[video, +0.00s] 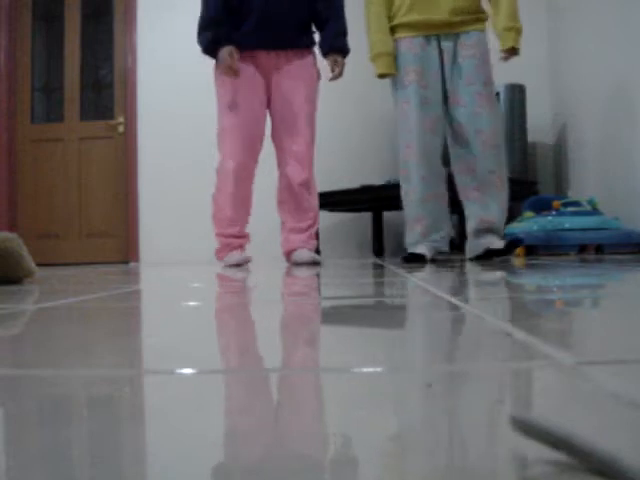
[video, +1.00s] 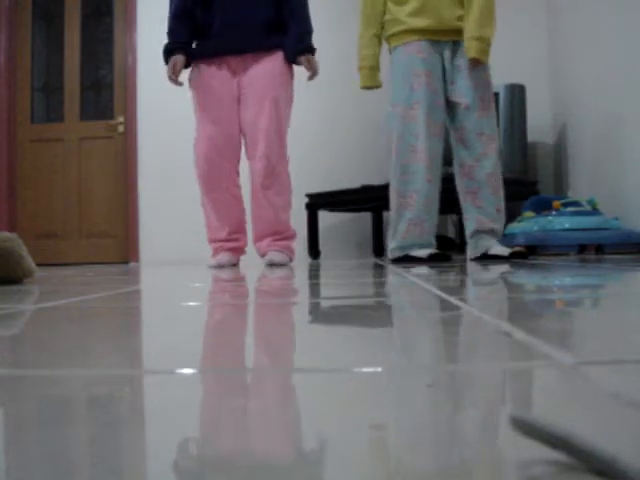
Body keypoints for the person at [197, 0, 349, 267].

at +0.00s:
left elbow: (329, 1)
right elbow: (212, 6)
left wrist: (334, 43)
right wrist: (218, 44)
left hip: (296, 57)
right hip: (240, 58)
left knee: (298, 160)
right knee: (236, 159)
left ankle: (301, 245)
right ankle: (232, 246)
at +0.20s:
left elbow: (315, 1)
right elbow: (201, 3)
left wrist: (320, 46)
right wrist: (205, 45)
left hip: (281, 55)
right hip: (224, 57)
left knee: (290, 156)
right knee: (222, 158)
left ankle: (298, 246)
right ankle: (225, 248)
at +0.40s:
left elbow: (297, 2)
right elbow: (188, 3)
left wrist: (297, 49)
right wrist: (185, 51)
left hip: (267, 53)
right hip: (212, 56)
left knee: (272, 157)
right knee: (216, 159)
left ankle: (287, 246)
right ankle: (224, 248)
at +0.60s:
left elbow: (291, 4)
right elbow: (183, 6)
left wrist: (292, 49)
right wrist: (179, 56)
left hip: (261, 53)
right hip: (207, 57)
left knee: (260, 152)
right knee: (211, 158)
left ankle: (283, 244)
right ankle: (224, 247)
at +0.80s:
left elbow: (292, 2)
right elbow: (180, 4)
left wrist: (292, 45)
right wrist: (181, 49)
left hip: (263, 51)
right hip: (207, 55)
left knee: (263, 154)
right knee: (215, 158)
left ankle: (274, 245)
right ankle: (225, 246)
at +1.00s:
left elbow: (294, 0)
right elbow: (182, 2)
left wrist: (301, 43)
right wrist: (178, 45)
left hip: (268, 53)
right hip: (210, 57)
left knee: (267, 154)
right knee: (212, 156)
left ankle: (276, 244)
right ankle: (225, 246)